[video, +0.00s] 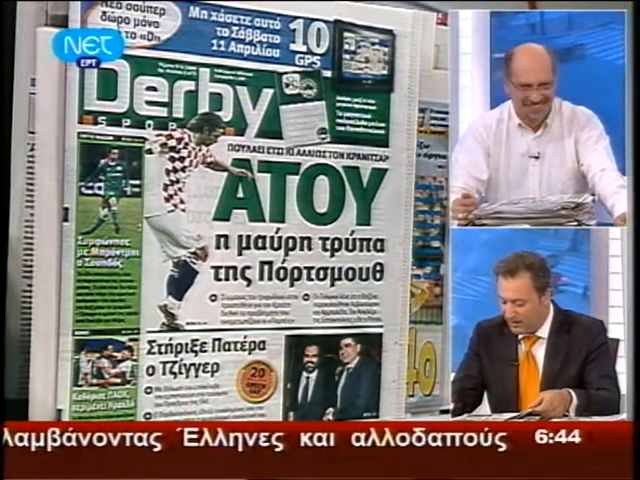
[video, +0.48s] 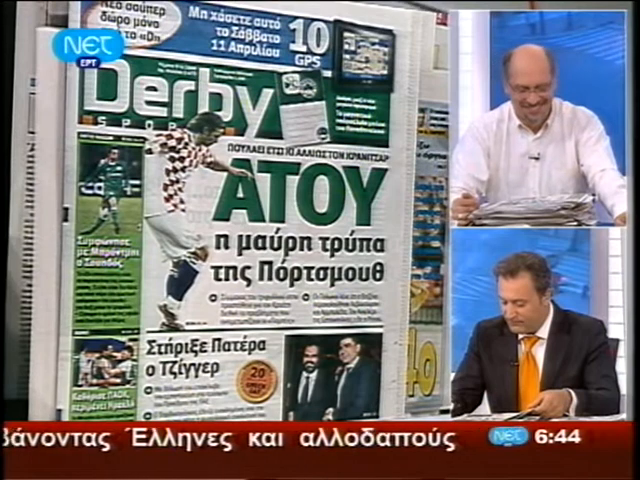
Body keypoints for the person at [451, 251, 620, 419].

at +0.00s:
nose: (509, 313)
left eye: (519, 304)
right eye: (504, 302)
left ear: (546, 297)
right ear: (499, 298)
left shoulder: (588, 333)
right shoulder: (487, 334)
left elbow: (610, 402)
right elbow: (461, 400)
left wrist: (569, 400)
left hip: (570, 453)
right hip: (506, 451)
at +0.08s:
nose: (509, 313)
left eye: (519, 304)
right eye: (504, 302)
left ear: (546, 297)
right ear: (499, 298)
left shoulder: (588, 333)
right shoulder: (487, 334)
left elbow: (610, 402)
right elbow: (461, 400)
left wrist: (569, 400)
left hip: (570, 453)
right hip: (506, 452)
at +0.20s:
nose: (509, 313)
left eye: (519, 304)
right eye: (504, 302)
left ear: (546, 297)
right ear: (498, 298)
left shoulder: (588, 333)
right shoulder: (487, 334)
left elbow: (610, 402)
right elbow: (461, 400)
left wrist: (569, 400)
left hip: (569, 452)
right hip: (505, 451)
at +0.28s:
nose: (509, 313)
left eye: (519, 304)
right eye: (504, 302)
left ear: (546, 297)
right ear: (498, 298)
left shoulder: (588, 333)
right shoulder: (487, 334)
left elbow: (610, 402)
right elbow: (461, 400)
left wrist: (569, 400)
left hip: (569, 451)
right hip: (505, 450)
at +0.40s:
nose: (509, 313)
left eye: (519, 304)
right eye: (504, 302)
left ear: (546, 297)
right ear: (498, 298)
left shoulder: (588, 333)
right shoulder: (487, 334)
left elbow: (610, 402)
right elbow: (461, 400)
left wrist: (569, 400)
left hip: (569, 450)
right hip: (505, 448)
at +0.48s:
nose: (509, 313)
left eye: (520, 304)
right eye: (504, 303)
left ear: (546, 297)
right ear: (499, 298)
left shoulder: (588, 333)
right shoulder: (487, 334)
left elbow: (610, 402)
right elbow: (461, 400)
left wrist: (569, 400)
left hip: (569, 450)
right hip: (505, 448)